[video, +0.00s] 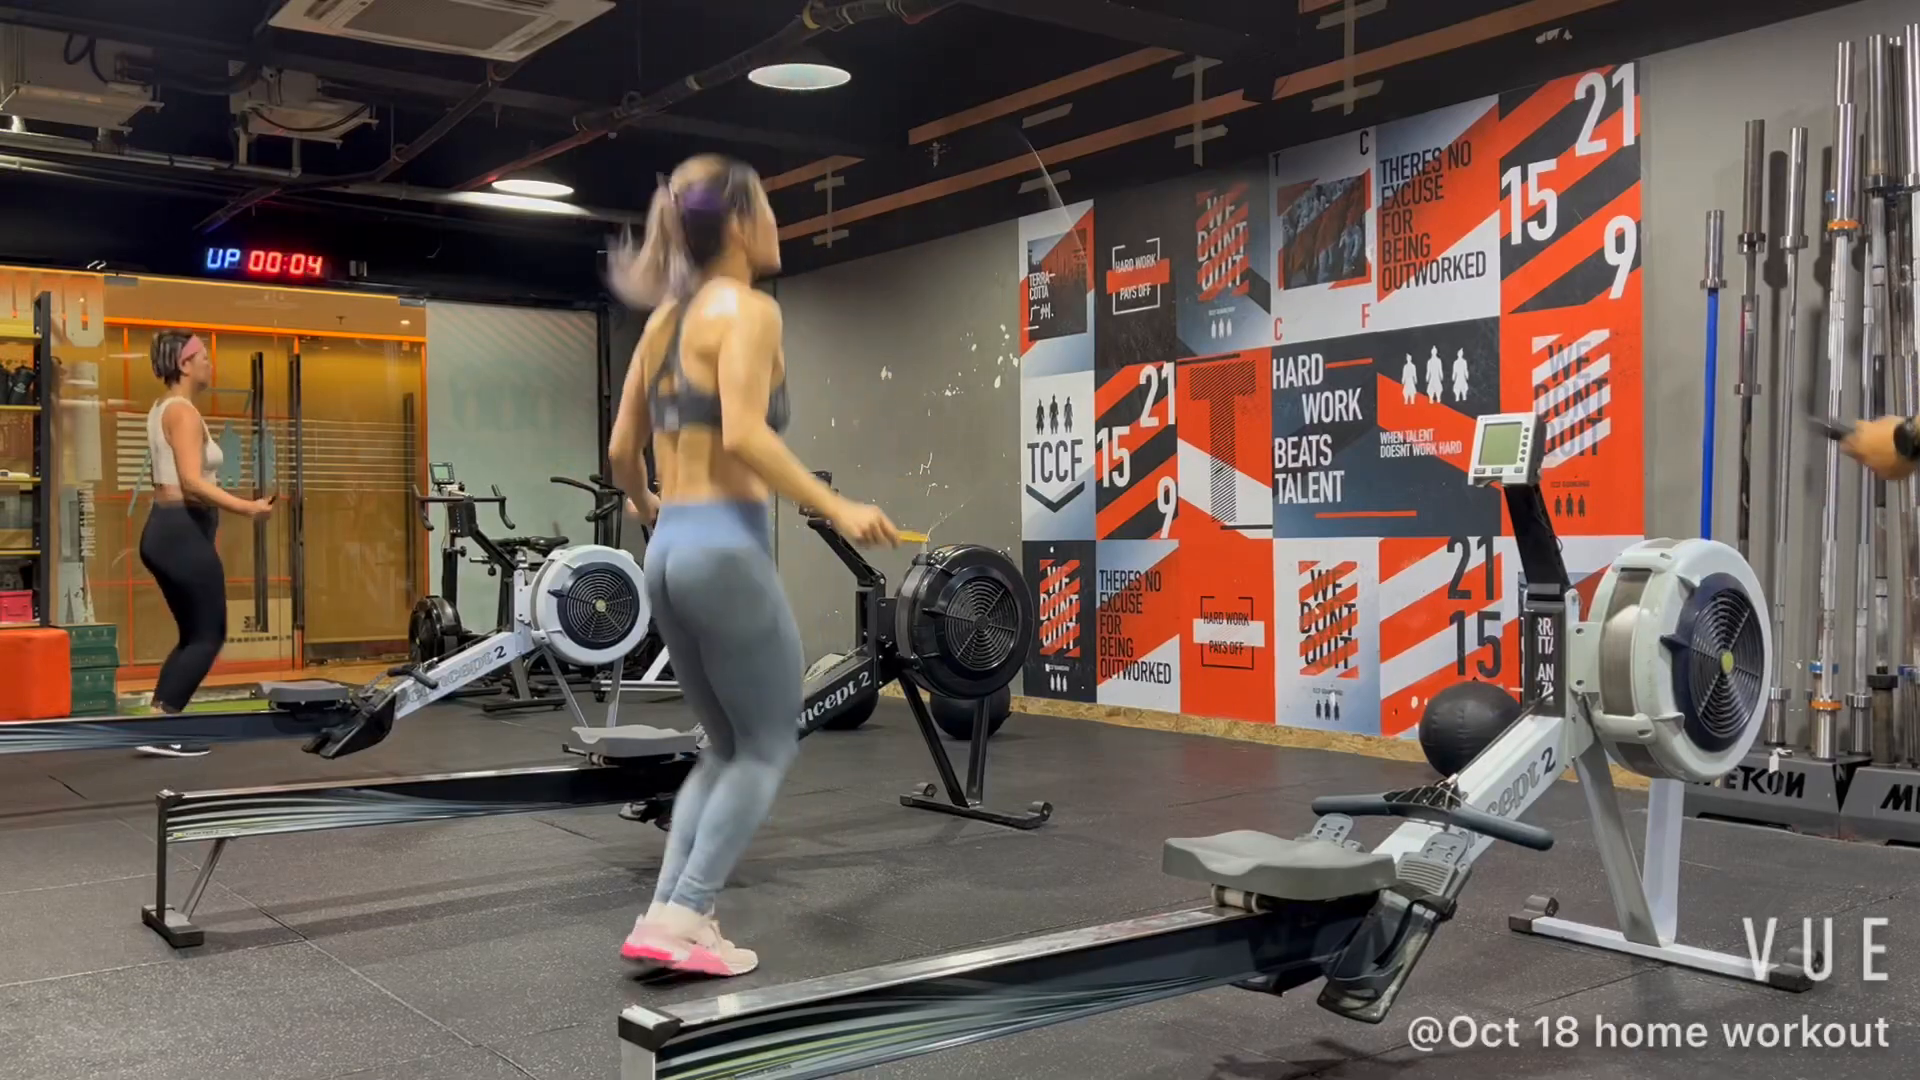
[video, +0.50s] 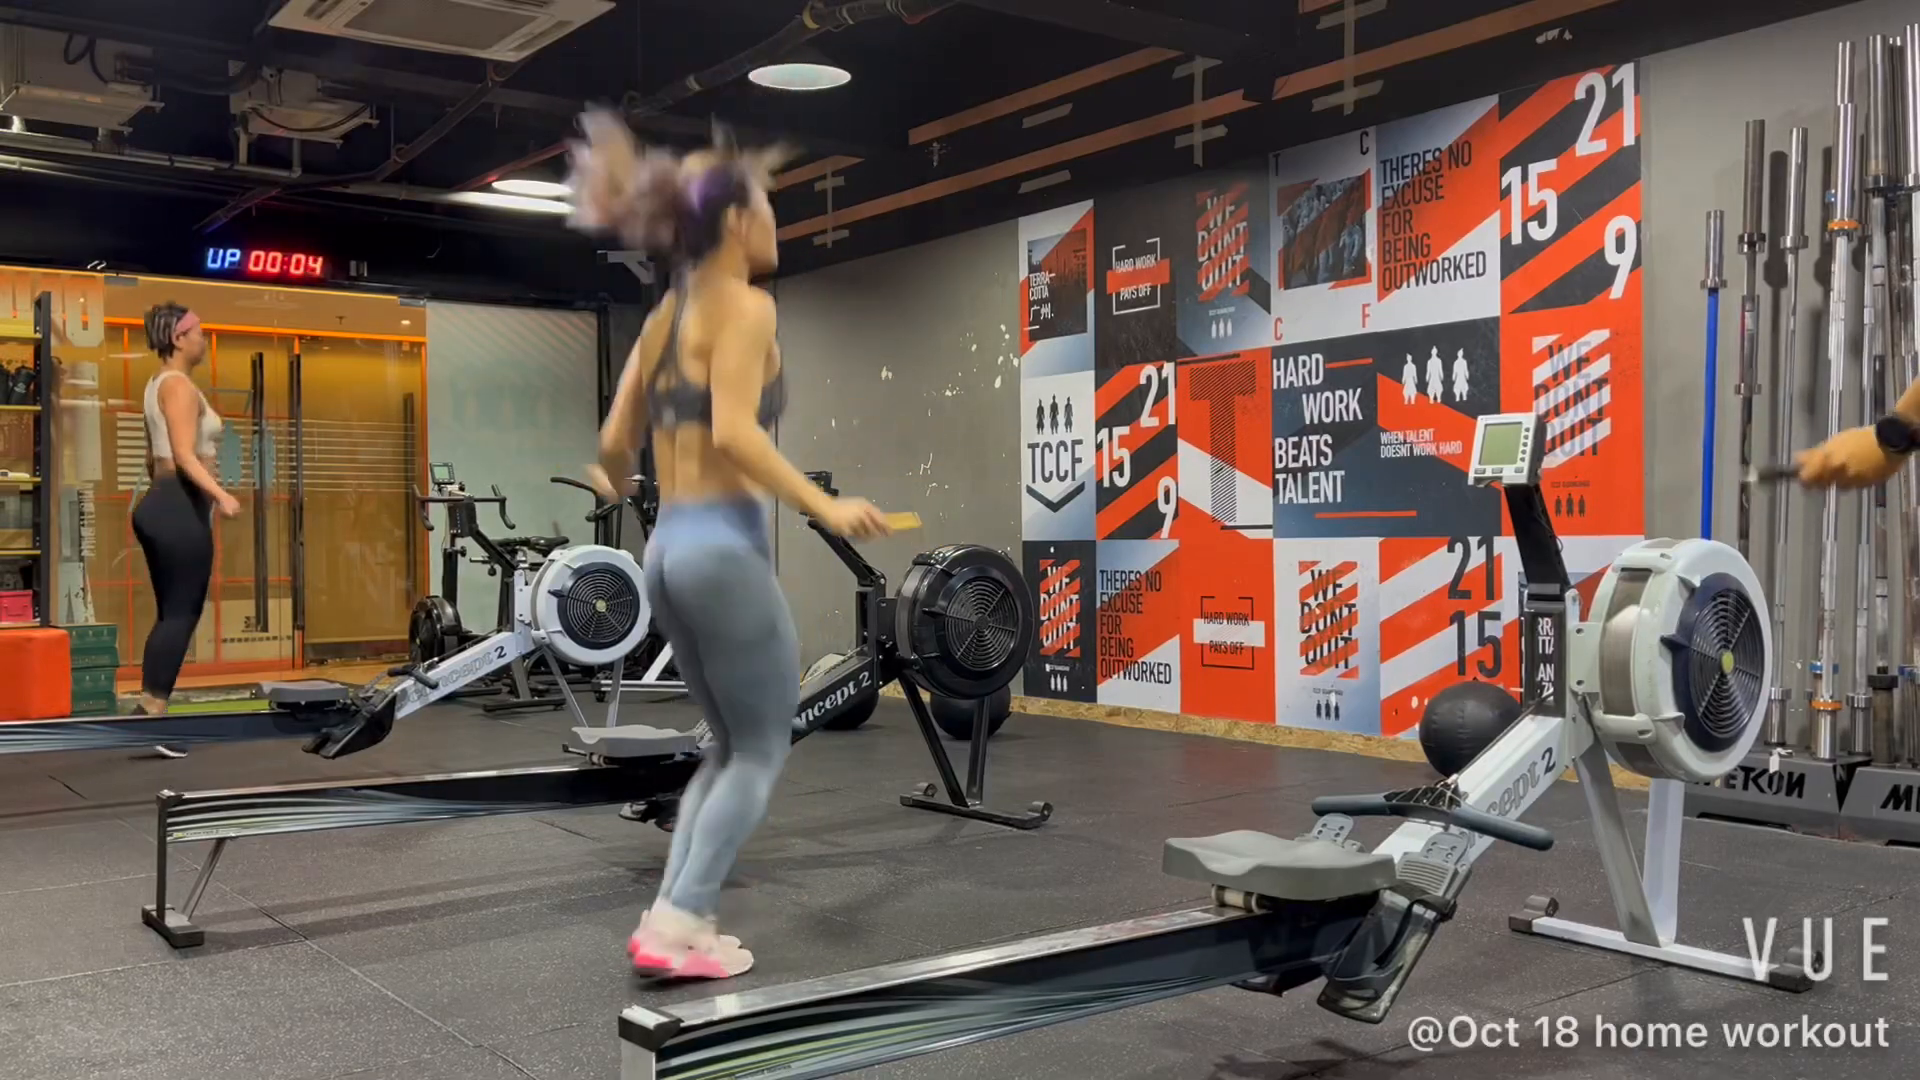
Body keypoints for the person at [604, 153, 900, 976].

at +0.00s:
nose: (776, 225)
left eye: (768, 210)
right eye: (765, 211)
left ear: (704, 230)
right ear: (740, 225)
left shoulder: (666, 320)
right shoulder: (749, 310)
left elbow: (623, 452)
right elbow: (743, 437)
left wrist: (659, 512)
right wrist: (837, 506)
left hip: (664, 553)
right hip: (721, 550)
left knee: (724, 746)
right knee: (767, 745)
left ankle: (666, 913)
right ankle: (685, 915)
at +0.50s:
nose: (775, 217)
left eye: (768, 203)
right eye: (764, 204)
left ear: (707, 227)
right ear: (736, 220)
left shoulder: (668, 312)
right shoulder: (746, 306)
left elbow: (618, 438)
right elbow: (733, 434)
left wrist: (615, 481)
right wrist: (828, 506)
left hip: (669, 542)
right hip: (719, 541)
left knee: (729, 747)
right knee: (761, 745)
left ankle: (672, 915)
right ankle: (683, 922)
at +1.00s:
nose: (773, 144)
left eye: (768, 128)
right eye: (763, 130)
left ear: (705, 146)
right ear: (733, 141)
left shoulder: (664, 240)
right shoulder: (746, 223)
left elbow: (609, 358)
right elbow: (730, 343)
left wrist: (559, 440)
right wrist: (805, 425)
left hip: (659, 465)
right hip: (717, 462)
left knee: (702, 671)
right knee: (739, 672)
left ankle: (681, 847)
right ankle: (714, 862)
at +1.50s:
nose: (763, 96)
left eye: (759, 80)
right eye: (754, 82)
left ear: (691, 96)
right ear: (722, 87)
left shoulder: (654, 188)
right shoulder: (739, 166)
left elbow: (616, 319)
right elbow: (722, 285)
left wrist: (605, 413)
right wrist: (791, 381)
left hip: (657, 412)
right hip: (714, 408)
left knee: (704, 621)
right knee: (750, 618)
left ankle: (689, 795)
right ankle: (712, 805)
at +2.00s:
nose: (769, 91)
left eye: (763, 75)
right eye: (760, 75)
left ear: (701, 90)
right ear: (732, 81)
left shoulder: (660, 178)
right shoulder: (747, 164)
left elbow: (615, 307)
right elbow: (735, 283)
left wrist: (630, 380)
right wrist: (816, 373)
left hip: (652, 409)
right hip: (711, 402)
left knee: (705, 614)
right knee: (754, 608)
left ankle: (683, 786)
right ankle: (704, 792)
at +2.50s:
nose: (763, 123)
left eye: (756, 108)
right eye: (754, 110)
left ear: (684, 133)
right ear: (727, 123)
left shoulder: (659, 223)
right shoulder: (744, 203)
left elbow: (617, 349)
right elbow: (736, 323)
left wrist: (589, 424)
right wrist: (827, 401)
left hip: (669, 446)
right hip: (721, 443)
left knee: (699, 657)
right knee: (739, 659)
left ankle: (689, 838)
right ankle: (711, 846)